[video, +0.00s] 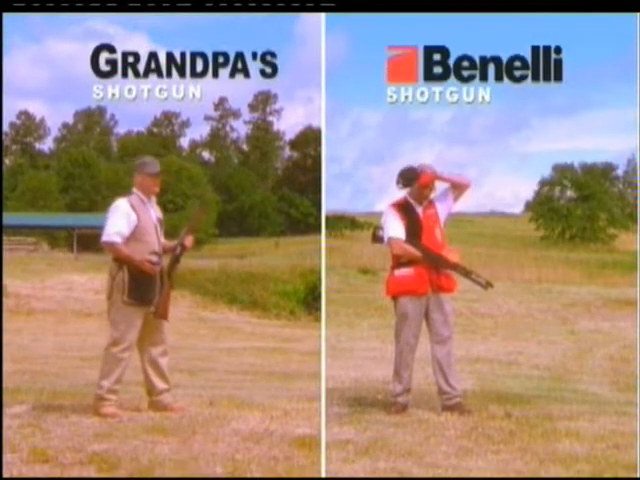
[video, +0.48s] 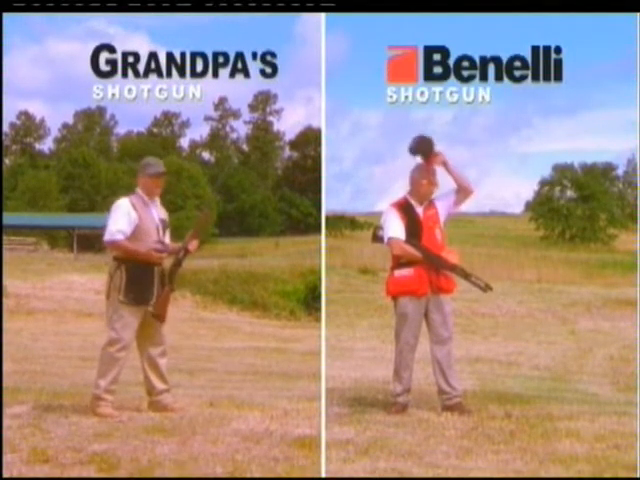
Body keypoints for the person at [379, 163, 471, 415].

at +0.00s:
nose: (428, 192)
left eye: (430, 188)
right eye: (424, 187)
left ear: (432, 187)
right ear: (411, 187)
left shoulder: (437, 207)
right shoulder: (395, 212)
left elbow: (463, 185)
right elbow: (398, 248)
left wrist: (437, 175)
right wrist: (435, 257)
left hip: (437, 281)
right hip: (409, 282)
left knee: (443, 340)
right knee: (406, 342)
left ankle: (451, 397)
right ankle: (400, 396)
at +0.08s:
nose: (428, 193)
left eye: (431, 188)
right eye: (424, 188)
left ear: (433, 187)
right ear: (411, 187)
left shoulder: (437, 207)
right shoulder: (395, 212)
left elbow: (463, 185)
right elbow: (397, 248)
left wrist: (438, 174)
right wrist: (435, 258)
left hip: (437, 281)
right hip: (409, 282)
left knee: (443, 340)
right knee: (406, 342)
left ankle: (451, 397)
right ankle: (400, 396)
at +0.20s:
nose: (430, 192)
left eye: (432, 188)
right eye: (426, 187)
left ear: (434, 186)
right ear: (413, 186)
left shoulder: (437, 207)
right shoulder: (394, 212)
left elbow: (463, 185)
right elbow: (397, 249)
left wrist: (439, 173)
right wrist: (434, 258)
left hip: (437, 281)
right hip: (409, 282)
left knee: (443, 340)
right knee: (406, 343)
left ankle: (451, 397)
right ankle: (401, 396)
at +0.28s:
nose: (432, 189)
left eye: (435, 185)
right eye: (428, 184)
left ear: (435, 185)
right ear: (416, 183)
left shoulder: (438, 206)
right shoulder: (395, 211)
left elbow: (463, 186)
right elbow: (397, 249)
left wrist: (439, 172)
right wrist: (432, 259)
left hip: (437, 280)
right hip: (409, 281)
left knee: (443, 340)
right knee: (406, 342)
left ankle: (451, 397)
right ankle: (401, 396)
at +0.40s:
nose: (434, 184)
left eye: (436, 178)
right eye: (429, 178)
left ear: (437, 181)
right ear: (415, 180)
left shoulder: (438, 207)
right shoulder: (395, 211)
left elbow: (464, 187)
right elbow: (396, 248)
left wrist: (442, 168)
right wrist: (432, 259)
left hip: (437, 279)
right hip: (409, 282)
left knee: (443, 341)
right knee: (406, 342)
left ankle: (451, 397)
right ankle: (401, 396)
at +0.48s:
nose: (432, 186)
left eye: (434, 182)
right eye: (427, 181)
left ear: (434, 184)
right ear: (414, 182)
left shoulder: (438, 208)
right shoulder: (395, 211)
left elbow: (466, 192)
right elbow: (397, 249)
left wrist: (445, 165)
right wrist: (432, 259)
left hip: (437, 280)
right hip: (409, 283)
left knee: (443, 341)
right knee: (406, 343)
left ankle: (451, 397)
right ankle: (401, 396)